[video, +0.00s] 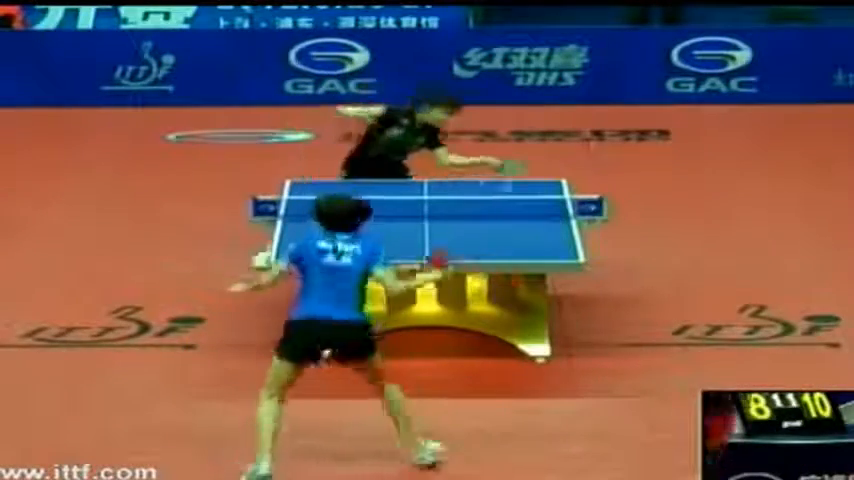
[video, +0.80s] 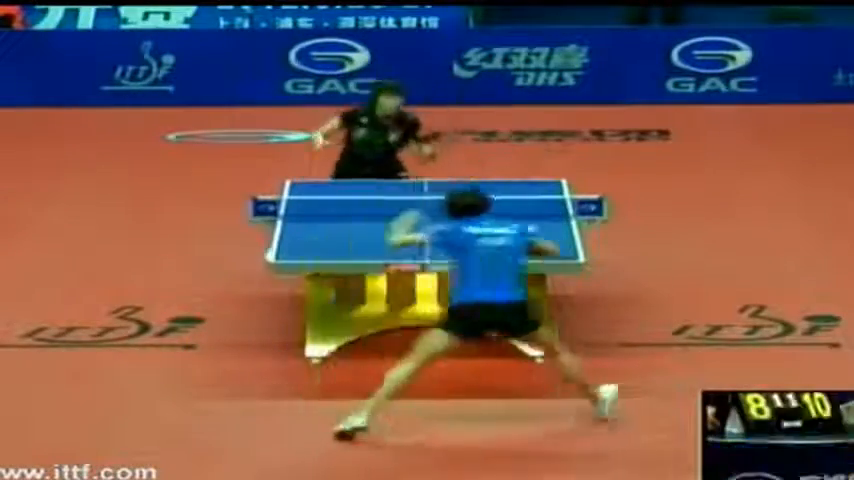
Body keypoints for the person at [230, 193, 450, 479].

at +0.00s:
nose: (361, 222)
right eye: (358, 218)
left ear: (322, 220)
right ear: (355, 221)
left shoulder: (307, 244)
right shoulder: (368, 248)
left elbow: (270, 278)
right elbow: (394, 287)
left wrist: (249, 285)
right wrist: (421, 279)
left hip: (304, 326)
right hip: (349, 326)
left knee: (272, 394)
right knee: (384, 384)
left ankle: (263, 463)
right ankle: (415, 448)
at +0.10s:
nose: (373, 236)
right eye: (371, 231)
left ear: (336, 231)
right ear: (367, 234)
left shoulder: (317, 257)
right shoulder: (373, 262)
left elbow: (281, 287)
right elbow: (401, 299)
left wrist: (280, 273)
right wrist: (430, 289)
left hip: (310, 342)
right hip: (354, 344)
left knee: (285, 404)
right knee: (398, 390)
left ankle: (265, 470)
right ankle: (429, 453)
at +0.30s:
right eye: (401, 214)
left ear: (366, 214)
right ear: (400, 217)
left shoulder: (352, 240)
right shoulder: (411, 244)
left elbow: (312, 269)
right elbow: (456, 271)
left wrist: (313, 254)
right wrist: (448, 258)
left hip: (350, 324)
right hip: (393, 326)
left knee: (328, 381)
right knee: (426, 385)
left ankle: (310, 437)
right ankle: (431, 451)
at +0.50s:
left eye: (367, 209)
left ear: (370, 212)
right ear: (405, 210)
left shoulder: (365, 238)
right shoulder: (422, 236)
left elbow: (326, 263)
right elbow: (460, 262)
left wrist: (309, 264)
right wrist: (446, 272)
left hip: (380, 319)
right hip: (423, 317)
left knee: (365, 367)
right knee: (467, 373)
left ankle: (348, 427)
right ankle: (450, 423)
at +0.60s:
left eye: (381, 212)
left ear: (383, 216)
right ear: (418, 214)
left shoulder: (378, 242)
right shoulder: (438, 239)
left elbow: (338, 262)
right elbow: (474, 264)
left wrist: (318, 264)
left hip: (395, 325)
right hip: (439, 323)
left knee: (372, 366)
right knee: (497, 358)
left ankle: (350, 423)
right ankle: (484, 413)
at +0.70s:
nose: (427, 211)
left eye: (425, 206)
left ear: (425, 210)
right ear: (456, 209)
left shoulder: (417, 232)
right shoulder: (479, 233)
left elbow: (370, 249)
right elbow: (521, 254)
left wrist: (371, 234)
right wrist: (526, 255)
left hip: (436, 313)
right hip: (480, 312)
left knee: (393, 360)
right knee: (536, 347)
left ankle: (355, 421)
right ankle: (565, 405)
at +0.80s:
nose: (450, 218)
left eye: (451, 213)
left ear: (456, 211)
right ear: (485, 208)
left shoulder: (454, 229)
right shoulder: (514, 230)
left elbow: (421, 243)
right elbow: (551, 250)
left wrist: (405, 238)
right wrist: (524, 250)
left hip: (468, 310)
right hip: (512, 308)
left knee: (415, 359)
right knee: (556, 351)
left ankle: (364, 415)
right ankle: (597, 396)